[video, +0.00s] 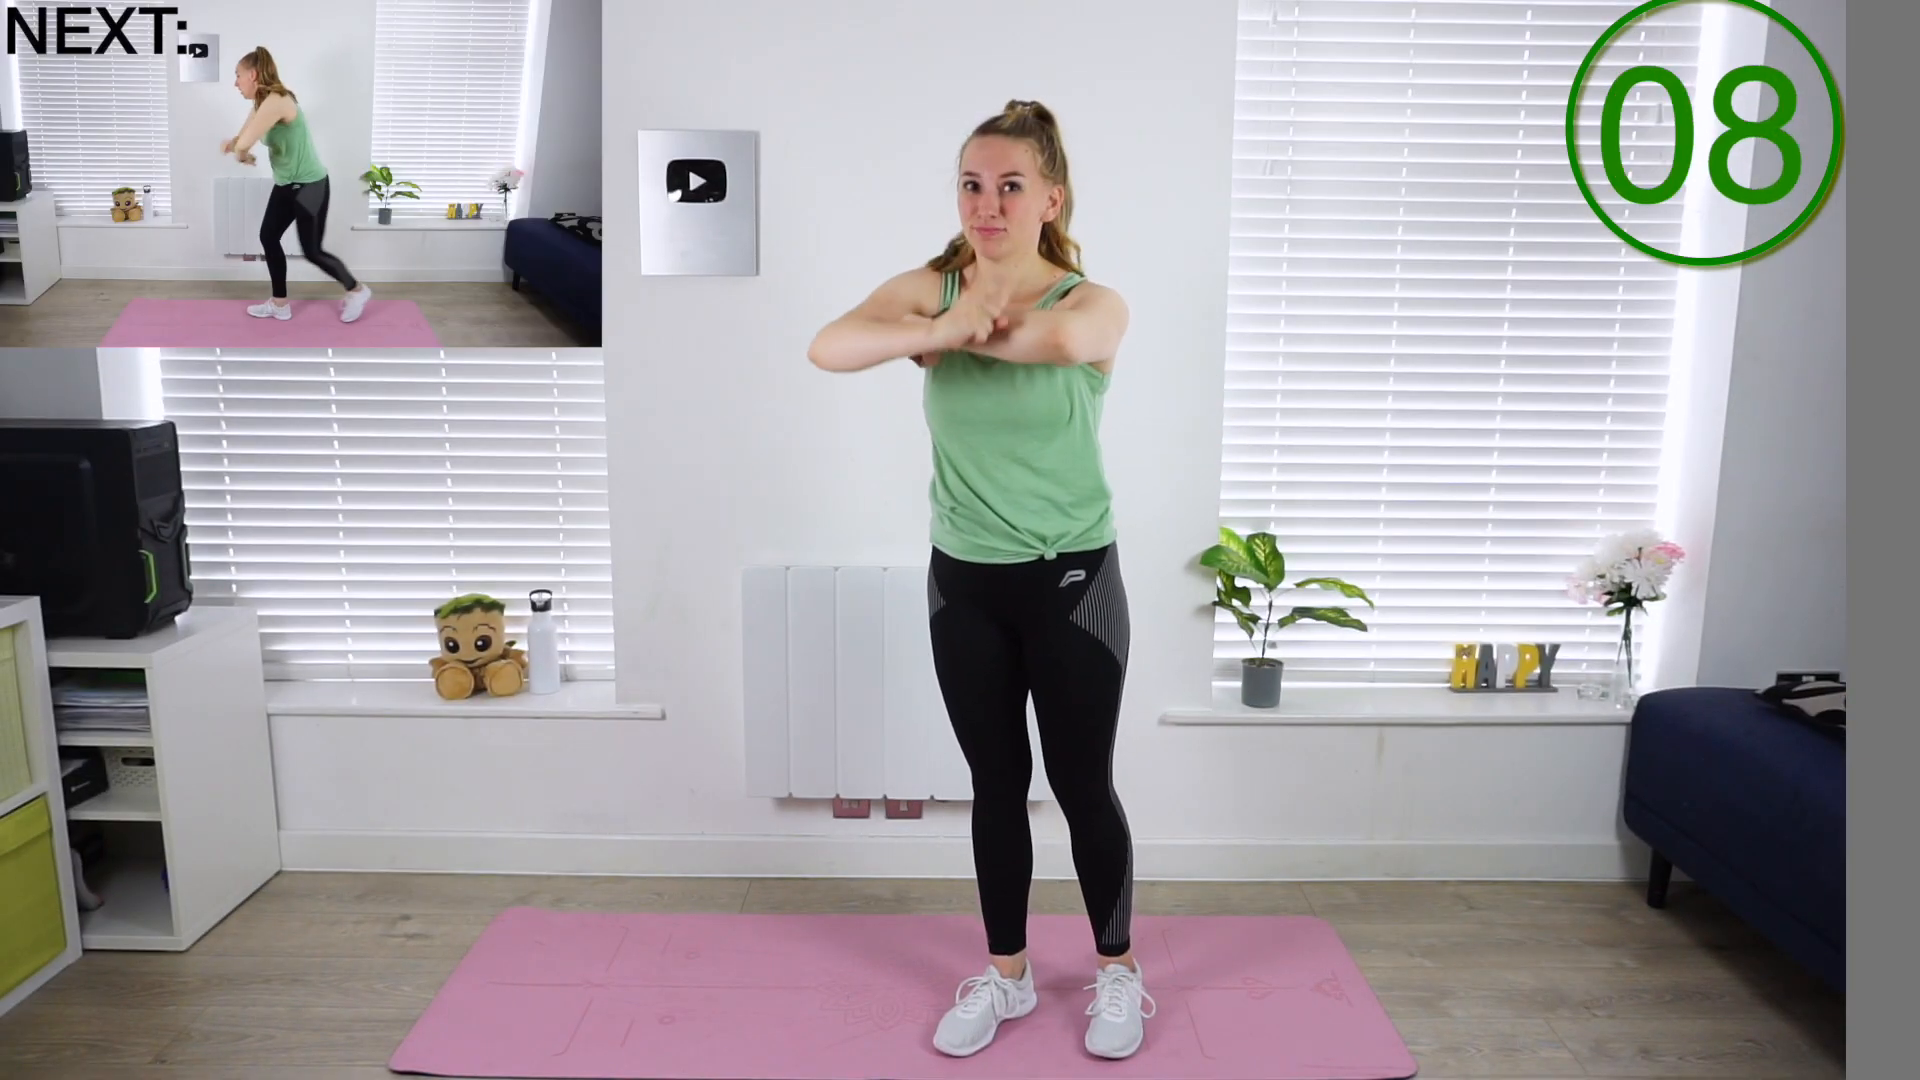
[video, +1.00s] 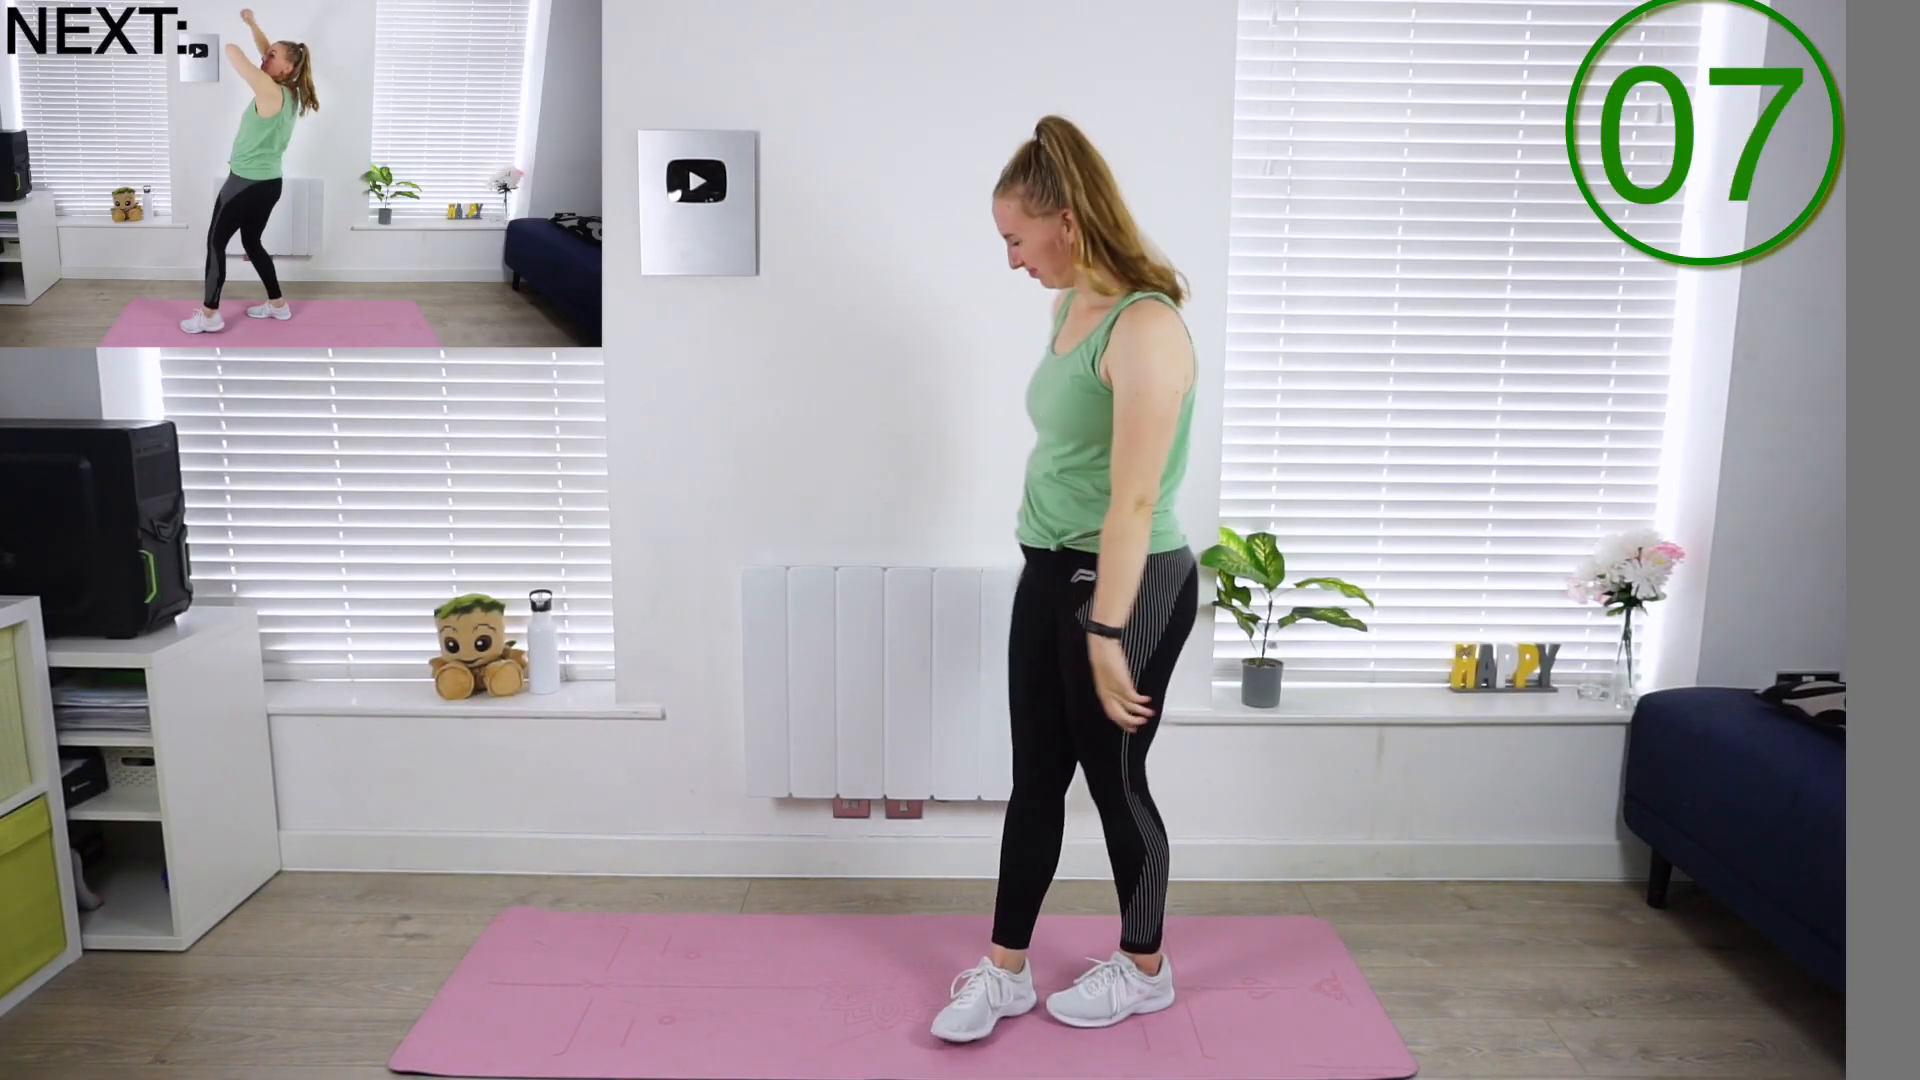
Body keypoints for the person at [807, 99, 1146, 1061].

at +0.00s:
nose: (987, 204)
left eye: (1010, 186)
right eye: (972, 184)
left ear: (1053, 198)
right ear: (956, 193)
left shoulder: (1092, 299)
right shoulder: (924, 290)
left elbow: (1069, 341)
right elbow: (827, 350)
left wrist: (958, 340)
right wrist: (941, 326)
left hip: (1073, 578)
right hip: (964, 578)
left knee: (1084, 786)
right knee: (996, 786)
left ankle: (1116, 970)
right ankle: (1007, 971)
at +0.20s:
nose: (986, 201)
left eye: (1010, 183)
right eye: (973, 182)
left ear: (1055, 199)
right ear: (958, 194)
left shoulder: (1092, 300)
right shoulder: (930, 286)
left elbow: (1075, 334)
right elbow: (824, 358)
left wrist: (940, 311)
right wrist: (936, 372)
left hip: (1072, 577)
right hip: (964, 577)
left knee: (1079, 788)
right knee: (995, 785)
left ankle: (1116, 970)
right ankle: (1006, 971)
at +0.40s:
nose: (986, 204)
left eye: (1009, 188)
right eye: (973, 186)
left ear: (1055, 203)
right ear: (959, 196)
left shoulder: (1091, 305)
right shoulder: (933, 290)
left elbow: (1059, 367)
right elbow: (823, 355)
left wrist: (924, 344)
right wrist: (935, 351)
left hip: (1076, 574)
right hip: (969, 574)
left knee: (1071, 787)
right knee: (997, 783)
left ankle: (1119, 967)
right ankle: (1006, 971)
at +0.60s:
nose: (978, 211)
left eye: (999, 195)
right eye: (972, 193)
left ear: (1059, 204)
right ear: (967, 198)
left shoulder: (1100, 311)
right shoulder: (959, 303)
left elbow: (1098, 444)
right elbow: (853, 394)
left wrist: (960, 478)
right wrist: (884, 374)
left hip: (1082, 576)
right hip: (985, 573)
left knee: (1067, 789)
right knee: (1005, 782)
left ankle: (1138, 953)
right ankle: (1007, 970)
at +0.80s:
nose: (991, 238)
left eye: (1001, 218)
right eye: (987, 220)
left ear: (1062, 209)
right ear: (1040, 215)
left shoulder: (1131, 321)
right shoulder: (1017, 308)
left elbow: (1105, 487)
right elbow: (969, 435)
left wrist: (1030, 603)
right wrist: (920, 526)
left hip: (1100, 583)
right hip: (1010, 571)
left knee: (1082, 782)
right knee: (1020, 779)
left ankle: (1144, 966)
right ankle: (1007, 970)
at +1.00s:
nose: (1009, 253)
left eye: (1015, 234)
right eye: (1004, 236)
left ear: (1069, 220)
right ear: (1066, 223)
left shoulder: (1148, 328)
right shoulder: (1072, 307)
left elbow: (1136, 497)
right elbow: (1069, 459)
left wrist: (1106, 629)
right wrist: (1045, 568)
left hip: (1129, 577)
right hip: (1052, 569)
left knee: (1115, 777)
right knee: (1037, 777)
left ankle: (1146, 964)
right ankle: (1006, 962)